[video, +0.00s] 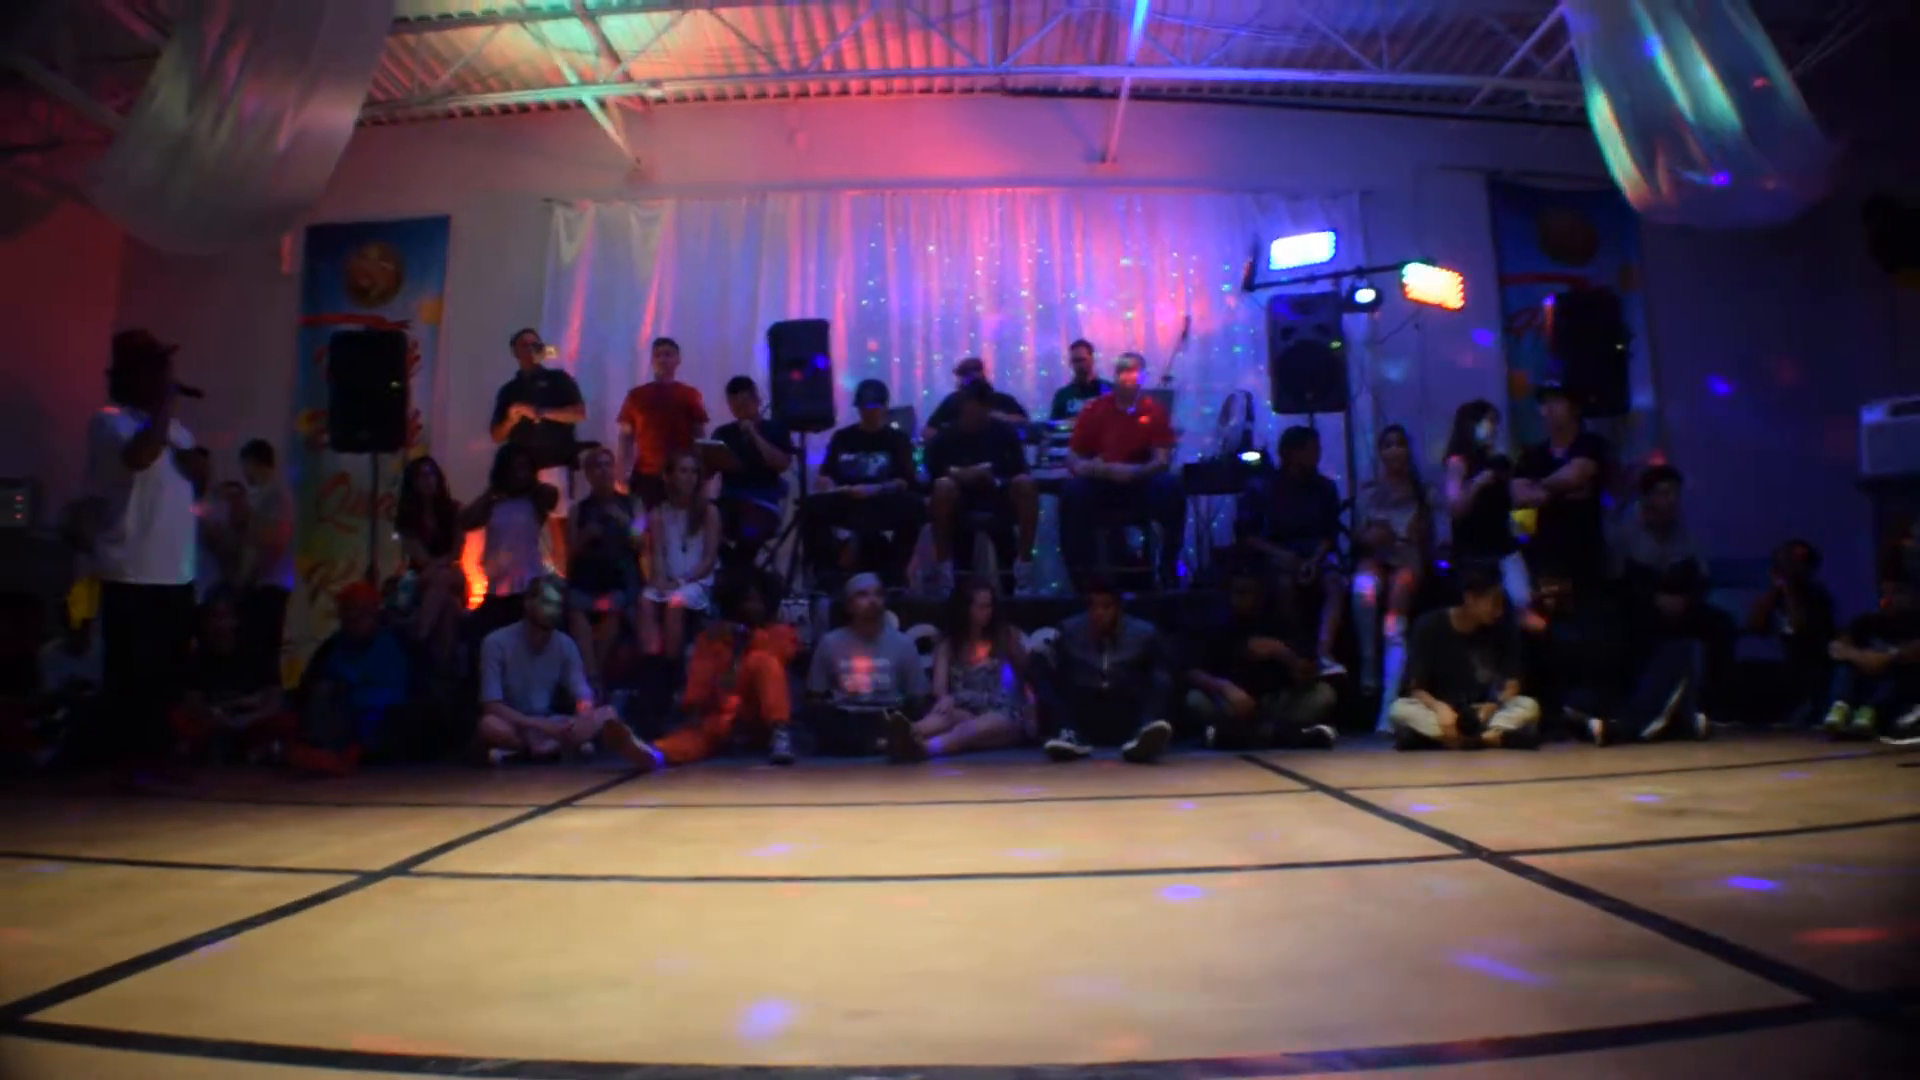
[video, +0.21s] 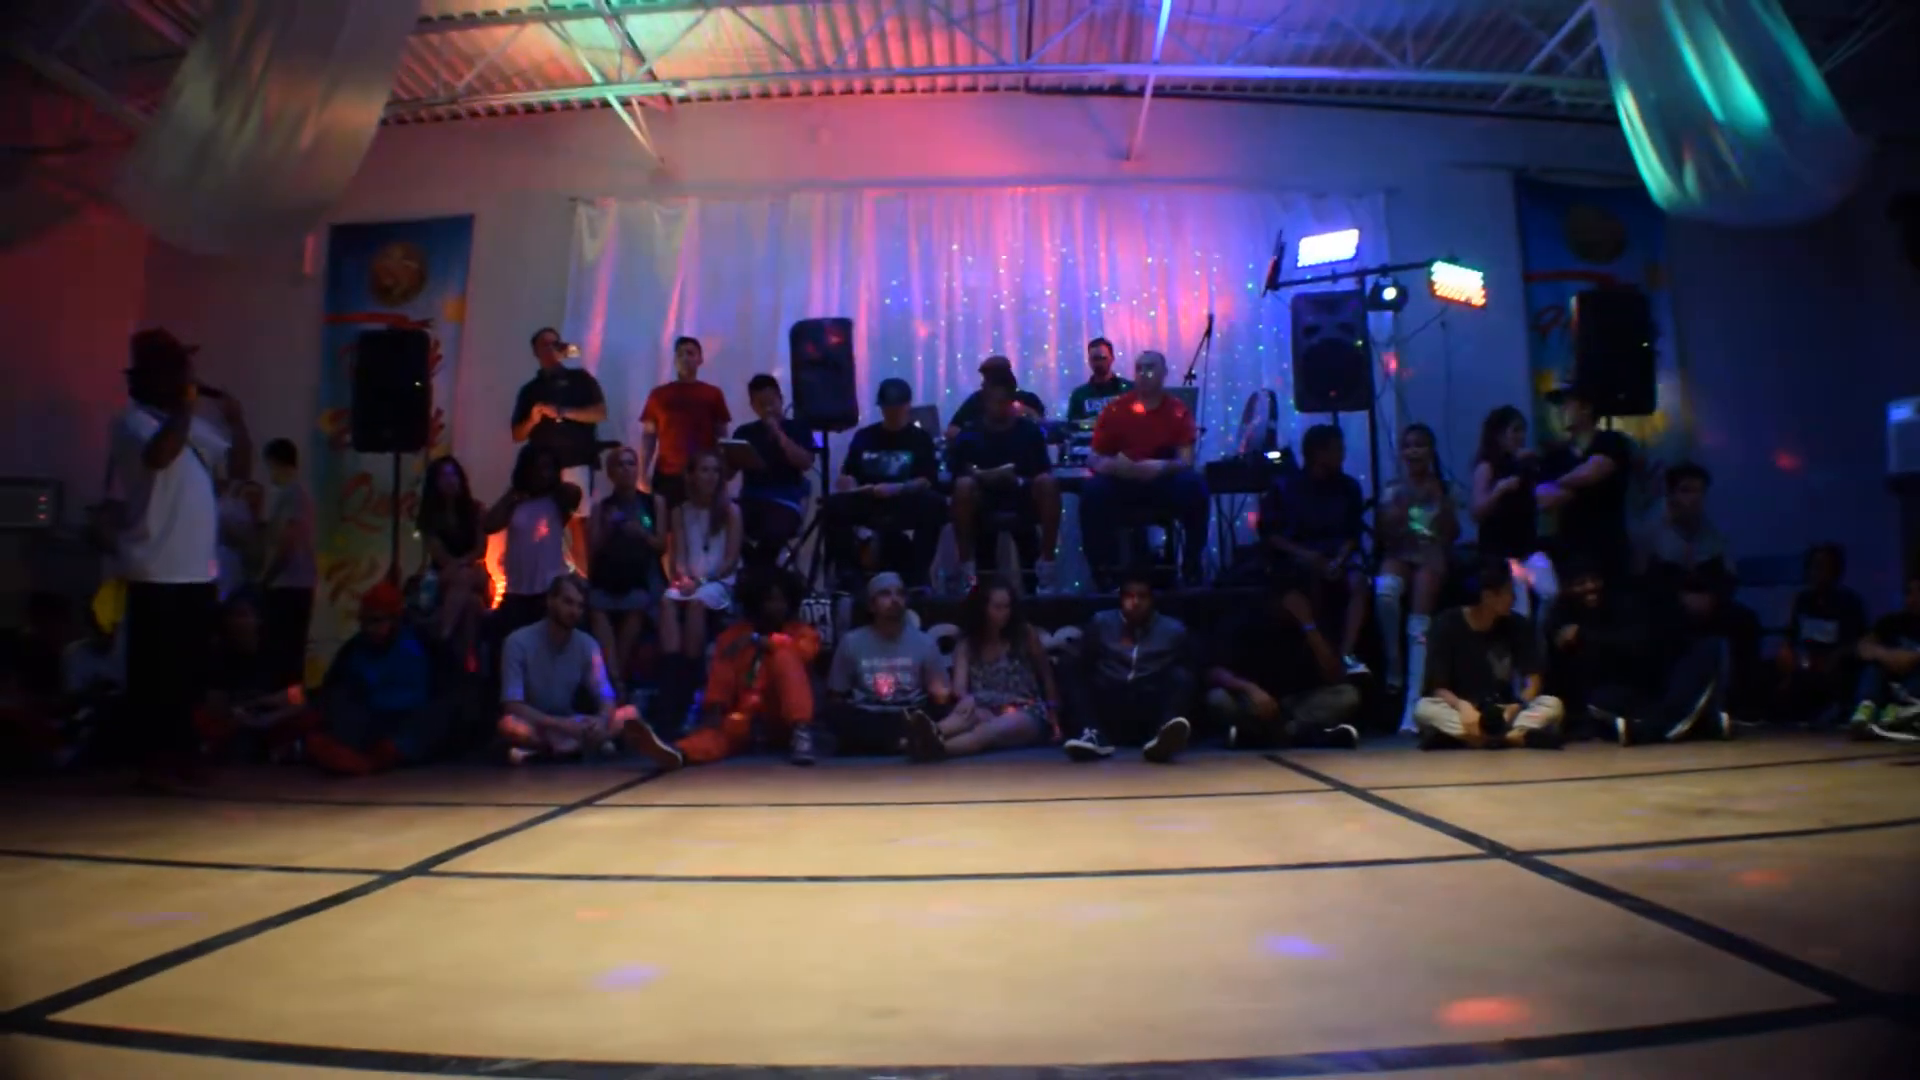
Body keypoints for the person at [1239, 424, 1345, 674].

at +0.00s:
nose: (1315, 457)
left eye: (1316, 451)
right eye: (1309, 451)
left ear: (1316, 453)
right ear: (1289, 453)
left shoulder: (1324, 487)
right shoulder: (1263, 487)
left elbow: (1329, 534)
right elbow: (1247, 535)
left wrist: (1314, 562)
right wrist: (1286, 558)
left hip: (1313, 559)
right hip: (1276, 560)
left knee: (1336, 583)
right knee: (1283, 583)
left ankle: (1324, 653)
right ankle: (1287, 654)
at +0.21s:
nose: (1339, 456)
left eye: (1340, 450)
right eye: (1333, 450)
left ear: (1340, 452)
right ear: (1315, 453)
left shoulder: (1348, 487)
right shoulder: (1287, 486)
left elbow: (1354, 533)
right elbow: (1271, 534)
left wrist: (1338, 561)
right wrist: (1309, 557)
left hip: (1336, 558)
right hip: (1297, 559)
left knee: (1359, 583)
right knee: (1290, 589)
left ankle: (1347, 653)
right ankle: (1317, 653)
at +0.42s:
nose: (1342, 455)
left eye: (1342, 448)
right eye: (1336, 449)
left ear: (1340, 451)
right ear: (1317, 452)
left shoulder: (1350, 485)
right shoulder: (1288, 484)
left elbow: (1355, 531)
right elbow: (1270, 533)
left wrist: (1342, 558)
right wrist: (1306, 554)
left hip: (1337, 556)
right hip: (1299, 557)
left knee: (1361, 580)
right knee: (1300, 588)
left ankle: (1349, 651)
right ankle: (1325, 650)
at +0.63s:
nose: (1344, 453)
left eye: (1343, 447)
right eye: (1338, 447)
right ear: (1318, 452)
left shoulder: (1350, 484)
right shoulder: (1288, 483)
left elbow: (1355, 531)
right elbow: (1270, 533)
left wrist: (1343, 558)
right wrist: (1306, 555)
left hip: (1336, 558)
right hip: (1298, 559)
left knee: (1360, 579)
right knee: (1293, 587)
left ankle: (1350, 651)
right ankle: (1320, 654)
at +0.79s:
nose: (1343, 454)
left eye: (1342, 448)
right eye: (1337, 448)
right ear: (1318, 453)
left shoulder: (1349, 485)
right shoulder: (1287, 483)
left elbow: (1353, 532)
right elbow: (1269, 533)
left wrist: (1341, 560)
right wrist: (1305, 556)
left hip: (1334, 560)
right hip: (1296, 559)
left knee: (1359, 580)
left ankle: (1347, 654)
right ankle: (1311, 655)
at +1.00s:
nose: (1343, 454)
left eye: (1342, 448)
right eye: (1336, 449)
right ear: (1317, 453)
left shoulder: (1348, 486)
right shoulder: (1287, 484)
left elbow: (1354, 532)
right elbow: (1270, 534)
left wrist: (1341, 558)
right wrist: (1304, 557)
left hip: (1334, 558)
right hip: (1296, 559)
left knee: (1359, 581)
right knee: (1307, 584)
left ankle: (1346, 655)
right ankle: (1314, 656)